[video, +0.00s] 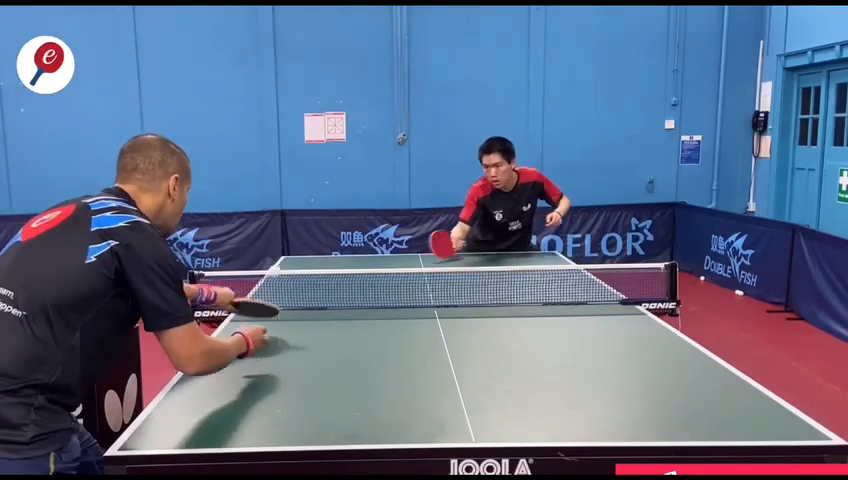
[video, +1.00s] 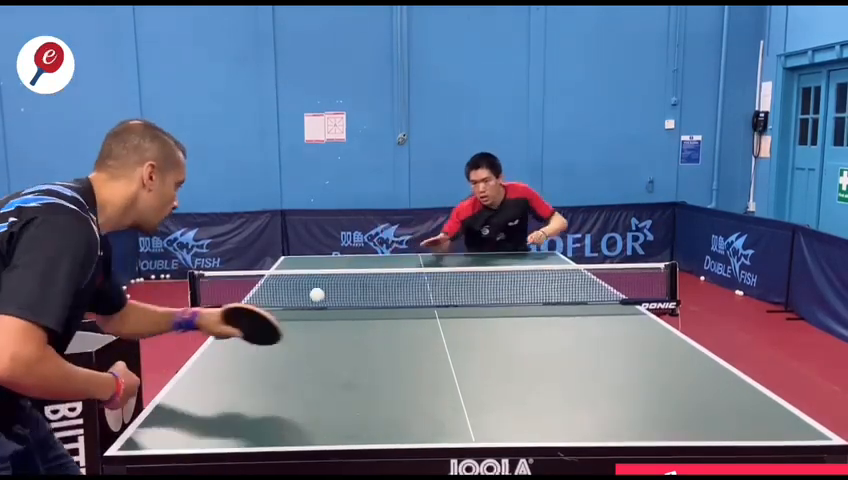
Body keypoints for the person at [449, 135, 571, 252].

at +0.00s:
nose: (492, 174)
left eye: (498, 166)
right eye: (487, 168)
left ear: (512, 163)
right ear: (483, 168)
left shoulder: (533, 179)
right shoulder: (479, 191)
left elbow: (564, 201)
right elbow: (463, 226)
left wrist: (558, 213)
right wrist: (456, 239)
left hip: (520, 253)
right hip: (481, 255)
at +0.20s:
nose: (456, 187)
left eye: (462, 179)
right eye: (451, 181)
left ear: (477, 176)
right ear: (446, 180)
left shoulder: (501, 188)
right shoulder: (446, 203)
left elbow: (532, 201)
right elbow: (437, 236)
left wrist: (534, 213)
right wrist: (423, 242)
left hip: (495, 264)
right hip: (459, 266)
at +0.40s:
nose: (426, 191)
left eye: (432, 183)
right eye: (420, 184)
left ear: (448, 179)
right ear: (416, 182)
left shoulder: (471, 187)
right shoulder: (417, 207)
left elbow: (495, 200)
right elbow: (412, 248)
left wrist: (506, 213)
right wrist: (404, 238)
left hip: (469, 265)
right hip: (434, 268)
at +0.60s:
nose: (426, 194)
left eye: (431, 186)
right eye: (420, 188)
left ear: (445, 182)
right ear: (415, 189)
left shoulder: (467, 191)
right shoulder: (414, 215)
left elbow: (489, 201)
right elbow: (403, 246)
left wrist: (506, 215)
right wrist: (397, 244)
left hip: (466, 263)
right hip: (432, 267)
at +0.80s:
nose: (448, 177)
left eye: (453, 168)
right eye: (441, 170)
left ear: (467, 165)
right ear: (436, 170)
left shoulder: (489, 176)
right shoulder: (431, 198)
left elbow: (515, 194)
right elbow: (410, 231)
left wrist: (523, 212)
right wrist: (415, 240)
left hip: (491, 250)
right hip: (450, 255)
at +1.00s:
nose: (481, 189)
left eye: (486, 181)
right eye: (475, 184)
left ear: (500, 178)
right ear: (471, 185)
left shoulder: (522, 194)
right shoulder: (465, 210)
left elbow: (561, 222)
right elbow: (445, 244)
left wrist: (545, 232)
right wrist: (440, 245)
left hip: (519, 272)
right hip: (479, 275)